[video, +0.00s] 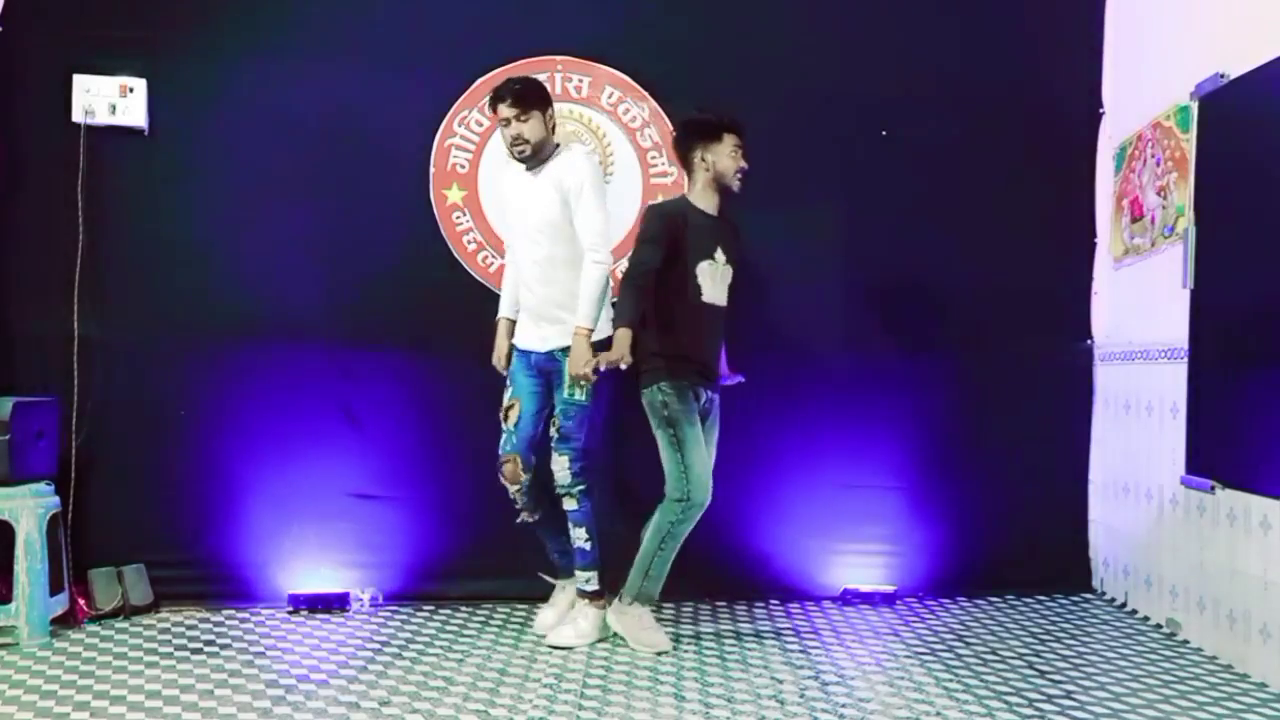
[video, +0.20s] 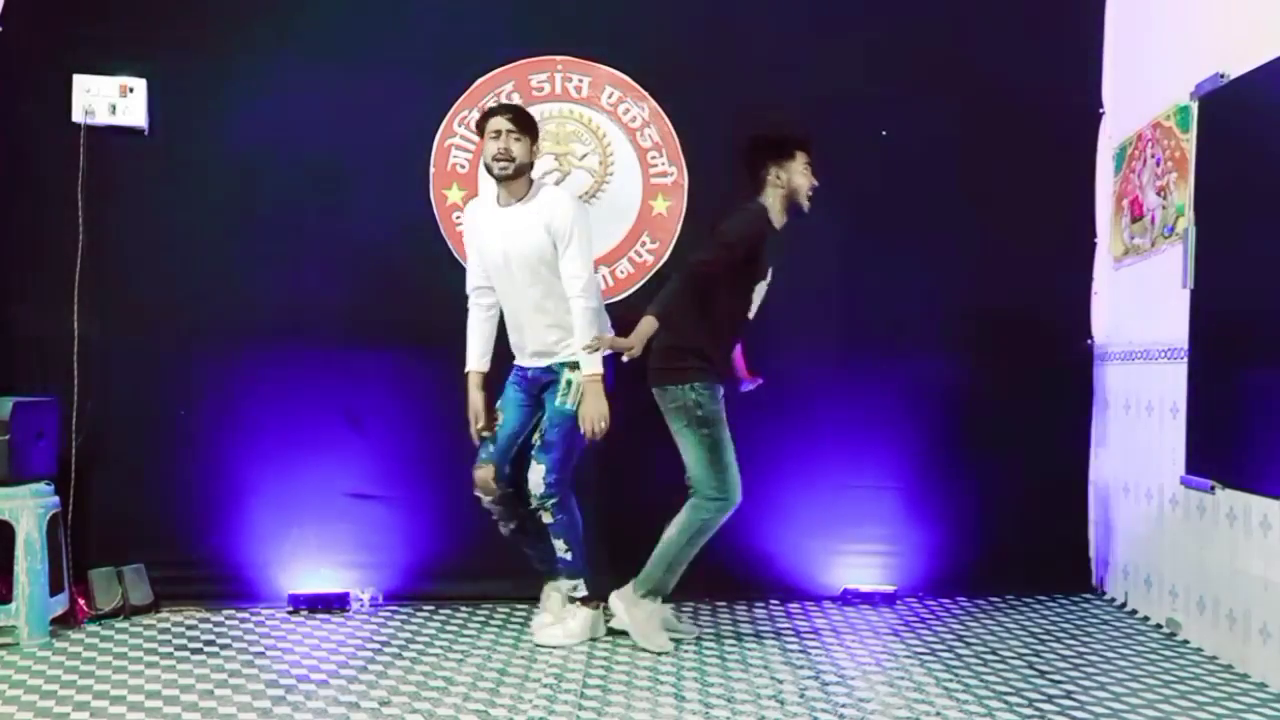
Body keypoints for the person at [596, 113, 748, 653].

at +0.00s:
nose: (743, 162)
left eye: (742, 153)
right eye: (734, 152)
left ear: (717, 161)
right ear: (701, 157)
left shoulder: (727, 230)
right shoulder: (664, 216)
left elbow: (714, 302)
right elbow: (636, 279)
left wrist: (721, 361)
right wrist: (622, 334)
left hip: (707, 380)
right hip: (665, 374)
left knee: (688, 495)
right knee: (692, 492)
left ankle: (636, 602)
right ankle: (632, 604)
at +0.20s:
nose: (813, 180)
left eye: (811, 170)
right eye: (806, 168)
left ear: (779, 176)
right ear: (776, 174)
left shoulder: (760, 230)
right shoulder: (750, 223)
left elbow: (724, 306)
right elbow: (690, 271)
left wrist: (738, 367)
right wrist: (639, 336)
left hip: (698, 373)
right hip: (685, 374)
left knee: (713, 491)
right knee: (719, 493)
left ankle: (649, 599)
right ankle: (639, 597)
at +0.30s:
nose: (851, 194)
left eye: (849, 184)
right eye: (843, 183)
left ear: (814, 190)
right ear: (813, 188)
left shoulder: (785, 241)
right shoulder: (779, 235)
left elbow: (734, 302)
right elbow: (714, 280)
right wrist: (665, 342)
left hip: (696, 373)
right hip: (708, 372)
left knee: (711, 493)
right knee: (756, 487)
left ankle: (643, 602)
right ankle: (702, 605)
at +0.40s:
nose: (881, 203)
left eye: (880, 192)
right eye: (874, 191)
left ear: (844, 198)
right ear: (845, 195)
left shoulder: (817, 242)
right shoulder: (811, 240)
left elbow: (756, 297)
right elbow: (749, 289)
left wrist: (700, 354)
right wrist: (703, 352)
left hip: (744, 378)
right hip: (734, 381)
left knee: (787, 480)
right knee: (762, 502)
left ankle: (701, 576)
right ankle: (711, 622)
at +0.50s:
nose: (909, 205)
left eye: (908, 195)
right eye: (903, 194)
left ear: (871, 201)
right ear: (876, 199)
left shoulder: (842, 241)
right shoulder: (845, 242)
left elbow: (783, 295)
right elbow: (787, 290)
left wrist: (738, 357)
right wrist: (748, 359)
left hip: (771, 376)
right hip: (767, 379)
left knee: (807, 491)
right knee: (801, 493)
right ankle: (722, 608)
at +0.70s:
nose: (959, 199)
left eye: (956, 189)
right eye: (952, 188)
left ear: (927, 196)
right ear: (925, 194)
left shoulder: (899, 241)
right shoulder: (893, 238)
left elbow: (849, 301)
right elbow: (843, 293)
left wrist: (814, 365)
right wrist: (818, 364)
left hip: (844, 381)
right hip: (832, 385)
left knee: (892, 480)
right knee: (871, 501)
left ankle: (828, 602)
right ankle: (824, 623)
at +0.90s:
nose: (999, 196)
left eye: (996, 186)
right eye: (993, 186)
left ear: (962, 193)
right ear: (967, 191)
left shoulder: (927, 235)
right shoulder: (940, 238)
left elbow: (888, 300)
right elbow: (892, 295)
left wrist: (872, 368)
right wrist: (872, 366)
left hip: (877, 384)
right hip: (891, 386)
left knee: (921, 496)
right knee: (941, 496)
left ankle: (903, 617)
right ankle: (855, 593)